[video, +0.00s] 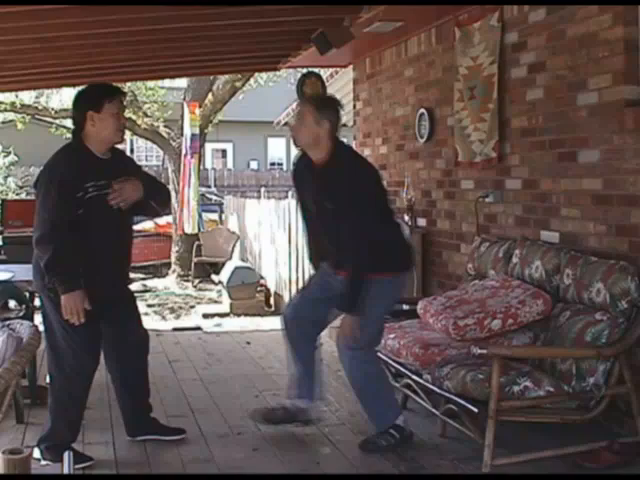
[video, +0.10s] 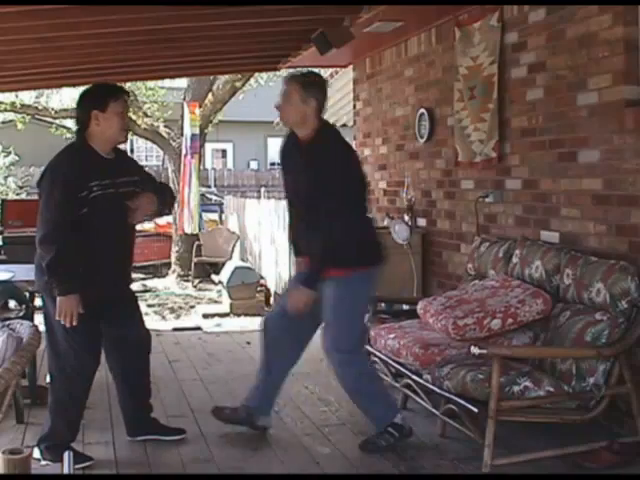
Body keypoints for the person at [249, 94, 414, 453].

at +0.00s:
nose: (293, 126)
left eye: (300, 120)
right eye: (295, 119)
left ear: (324, 127)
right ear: (309, 128)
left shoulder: (357, 171)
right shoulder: (304, 170)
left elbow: (364, 242)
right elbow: (314, 224)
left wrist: (353, 309)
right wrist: (322, 264)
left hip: (382, 271)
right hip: (339, 266)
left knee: (355, 344)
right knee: (298, 319)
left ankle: (393, 426)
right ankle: (302, 404)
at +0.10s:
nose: (279, 105)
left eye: (287, 99)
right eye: (281, 98)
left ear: (311, 105)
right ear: (297, 105)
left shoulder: (336, 152)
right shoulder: (292, 149)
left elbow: (338, 220)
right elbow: (300, 212)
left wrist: (309, 280)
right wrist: (302, 261)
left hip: (352, 265)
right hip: (316, 264)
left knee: (343, 347)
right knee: (280, 329)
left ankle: (392, 422)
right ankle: (257, 412)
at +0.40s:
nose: (233, 96)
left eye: (240, 88)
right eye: (232, 89)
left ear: (264, 90)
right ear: (251, 93)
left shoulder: (287, 131)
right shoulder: (245, 135)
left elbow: (281, 197)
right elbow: (234, 196)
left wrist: (244, 244)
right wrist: (221, 242)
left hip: (287, 249)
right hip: (255, 249)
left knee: (246, 325)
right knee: (221, 318)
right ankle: (237, 410)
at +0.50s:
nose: (224, 99)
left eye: (230, 92)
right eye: (223, 92)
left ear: (255, 94)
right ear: (242, 96)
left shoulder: (275, 134)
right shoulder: (243, 137)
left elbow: (272, 201)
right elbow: (230, 200)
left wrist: (236, 246)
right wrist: (201, 242)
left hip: (273, 255)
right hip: (243, 254)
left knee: (233, 335)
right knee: (204, 314)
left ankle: (250, 430)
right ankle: (228, 402)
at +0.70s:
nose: (212, 103)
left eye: (219, 95)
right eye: (210, 96)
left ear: (243, 95)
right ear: (223, 99)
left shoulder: (265, 137)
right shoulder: (223, 143)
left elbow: (267, 198)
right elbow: (212, 202)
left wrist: (239, 242)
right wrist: (189, 244)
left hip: (267, 253)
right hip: (236, 253)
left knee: (233, 334)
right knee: (208, 325)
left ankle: (249, 428)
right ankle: (223, 403)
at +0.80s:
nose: (211, 103)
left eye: (218, 95)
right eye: (210, 96)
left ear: (241, 96)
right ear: (214, 100)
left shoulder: (265, 135)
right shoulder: (219, 143)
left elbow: (271, 195)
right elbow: (211, 201)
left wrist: (245, 240)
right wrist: (190, 245)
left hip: (273, 250)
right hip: (239, 252)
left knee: (243, 328)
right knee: (214, 320)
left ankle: (249, 424)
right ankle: (224, 404)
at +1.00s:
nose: (222, 110)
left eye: (228, 102)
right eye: (220, 103)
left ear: (250, 102)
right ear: (223, 107)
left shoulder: (277, 141)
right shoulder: (232, 153)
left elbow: (286, 202)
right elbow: (228, 210)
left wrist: (258, 244)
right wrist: (205, 254)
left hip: (291, 253)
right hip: (255, 254)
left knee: (259, 324)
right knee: (223, 313)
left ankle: (274, 415)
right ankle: (230, 395)